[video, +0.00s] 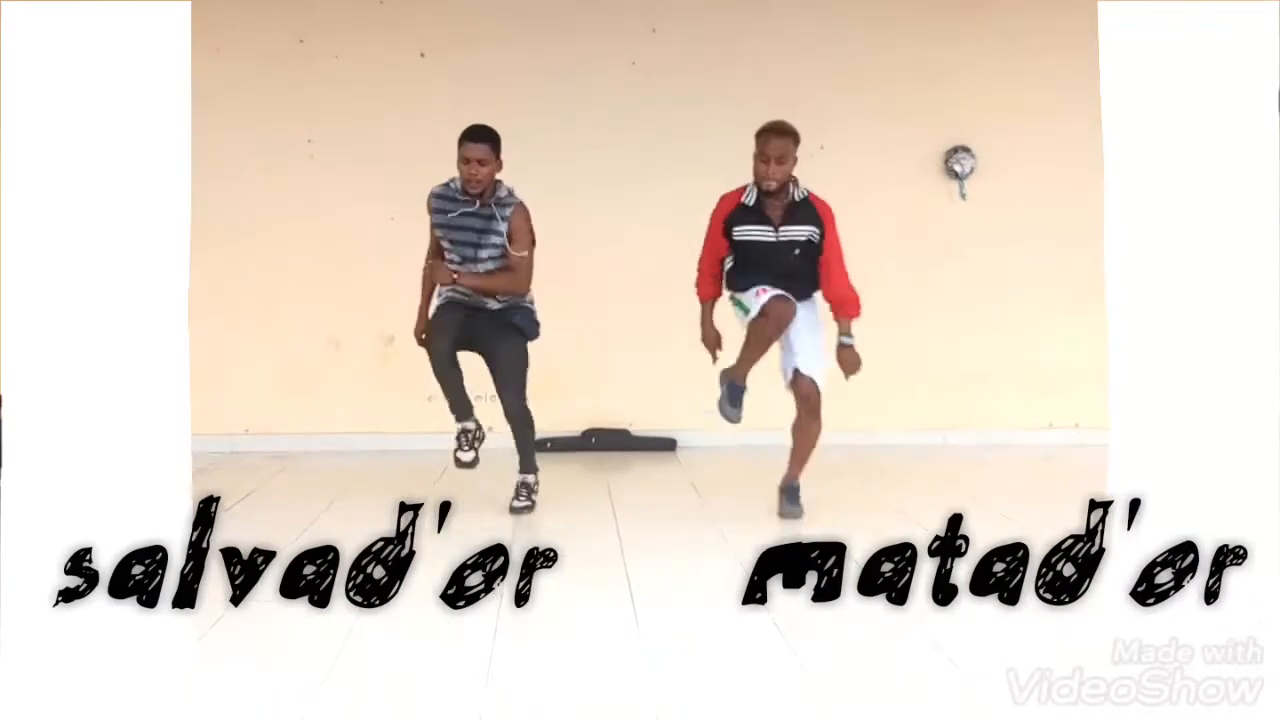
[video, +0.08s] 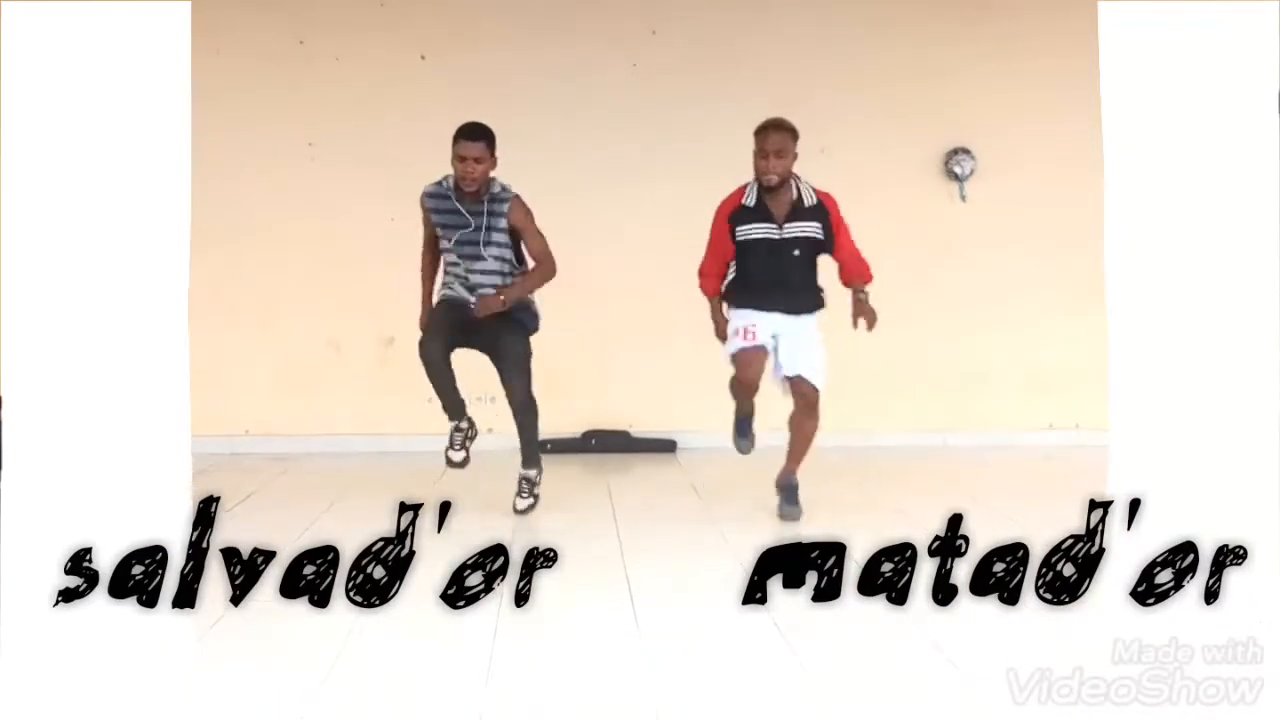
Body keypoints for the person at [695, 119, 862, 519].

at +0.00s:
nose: (770, 171)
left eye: (780, 163)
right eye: (763, 160)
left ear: (794, 164)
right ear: (753, 159)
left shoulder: (816, 211)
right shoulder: (731, 207)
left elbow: (834, 273)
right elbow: (711, 261)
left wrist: (846, 336)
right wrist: (706, 319)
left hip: (803, 300)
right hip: (750, 290)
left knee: (809, 393)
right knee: (781, 309)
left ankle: (791, 482)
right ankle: (737, 377)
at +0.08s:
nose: (769, 163)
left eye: (778, 155)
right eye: (762, 154)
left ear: (794, 157)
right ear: (753, 155)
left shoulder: (820, 205)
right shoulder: (735, 207)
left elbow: (846, 251)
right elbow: (714, 262)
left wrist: (860, 293)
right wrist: (716, 308)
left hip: (801, 313)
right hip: (750, 309)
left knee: (808, 396)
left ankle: (789, 477)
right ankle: (744, 414)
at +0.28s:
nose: (779, 168)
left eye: (789, 160)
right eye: (772, 160)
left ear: (805, 164)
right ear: (764, 163)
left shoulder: (825, 205)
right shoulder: (742, 213)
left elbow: (857, 246)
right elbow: (708, 267)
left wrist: (846, 239)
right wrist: (698, 322)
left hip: (797, 325)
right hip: (747, 326)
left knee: (820, 400)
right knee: (736, 410)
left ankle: (840, 495)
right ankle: (719, 477)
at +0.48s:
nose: (795, 185)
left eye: (805, 177)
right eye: (788, 175)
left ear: (819, 180)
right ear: (777, 174)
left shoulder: (832, 234)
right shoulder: (748, 218)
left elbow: (845, 303)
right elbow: (727, 253)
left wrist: (857, 372)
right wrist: (721, 289)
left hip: (813, 324)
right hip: (760, 313)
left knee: (822, 414)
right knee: (799, 344)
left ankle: (796, 507)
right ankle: (785, 404)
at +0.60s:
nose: (813, 172)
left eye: (823, 164)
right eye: (806, 161)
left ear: (837, 165)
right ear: (794, 158)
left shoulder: (851, 217)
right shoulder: (762, 203)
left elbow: (870, 276)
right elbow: (739, 260)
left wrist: (853, 324)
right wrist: (727, 317)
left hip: (810, 335)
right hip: (755, 329)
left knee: (806, 421)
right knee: (742, 418)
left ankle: (792, 514)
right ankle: (747, 484)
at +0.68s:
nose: (819, 163)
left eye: (829, 155)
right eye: (813, 154)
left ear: (847, 161)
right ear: (804, 156)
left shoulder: (867, 216)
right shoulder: (774, 195)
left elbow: (874, 269)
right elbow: (747, 241)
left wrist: (841, 308)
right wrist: (721, 281)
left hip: (806, 330)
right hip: (750, 320)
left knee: (807, 422)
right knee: (729, 406)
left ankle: (796, 515)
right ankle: (724, 452)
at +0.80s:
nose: (798, 175)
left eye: (808, 169)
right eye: (793, 166)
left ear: (827, 174)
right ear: (785, 167)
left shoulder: (842, 228)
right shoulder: (768, 198)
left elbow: (831, 283)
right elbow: (725, 191)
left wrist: (784, 250)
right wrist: (683, 157)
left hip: (803, 329)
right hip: (756, 314)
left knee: (799, 426)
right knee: (699, 387)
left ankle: (797, 519)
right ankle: (701, 355)